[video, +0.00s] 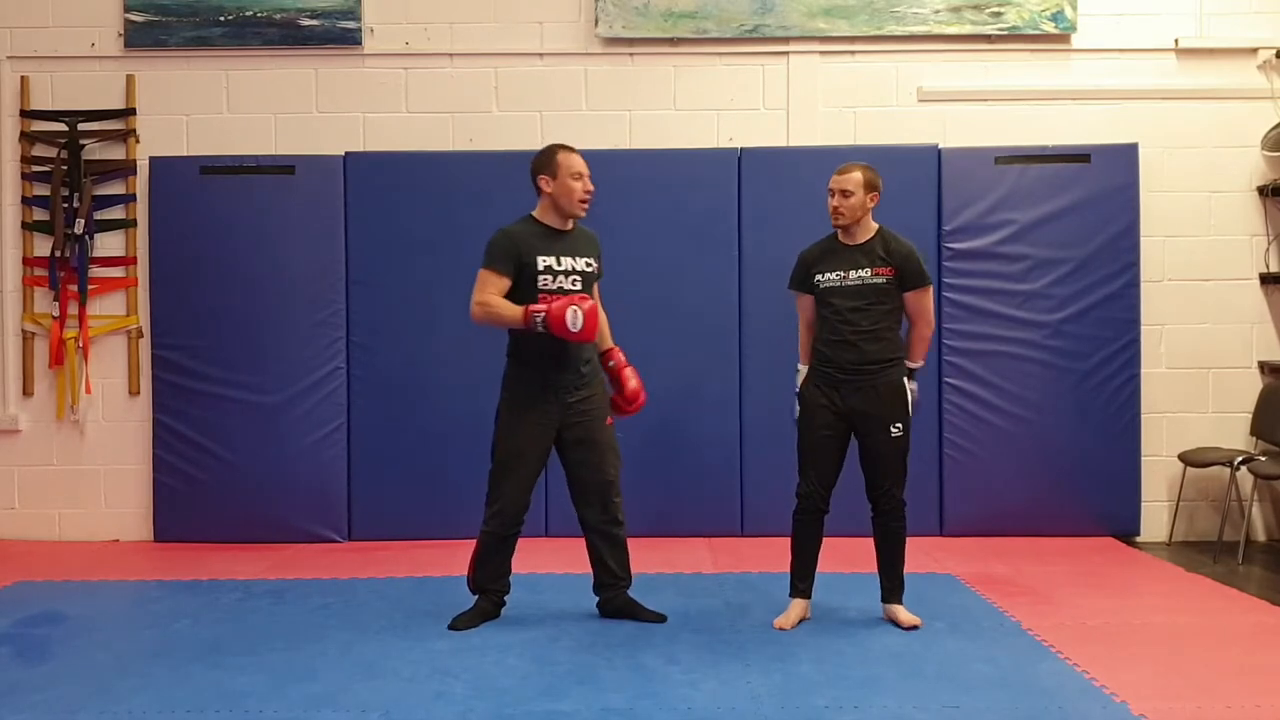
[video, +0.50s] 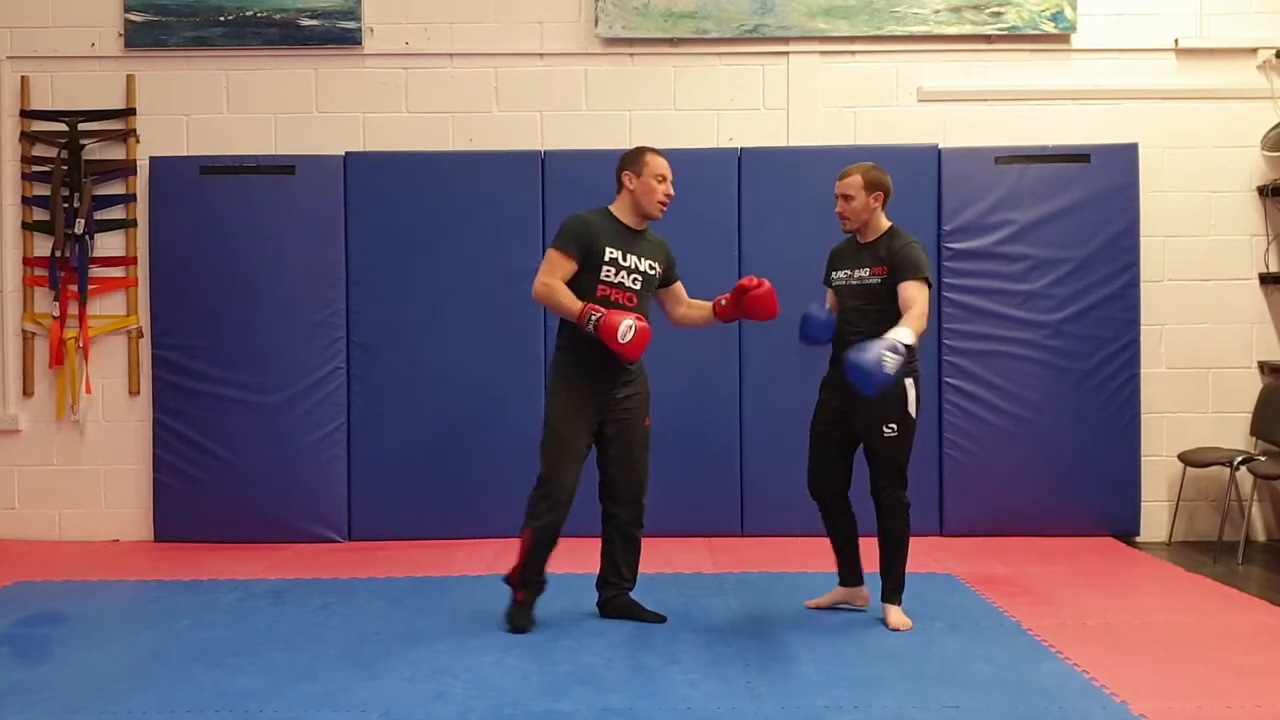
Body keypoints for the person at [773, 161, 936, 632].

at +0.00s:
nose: (835, 202)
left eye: (845, 194)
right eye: (831, 194)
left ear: (871, 199)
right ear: (828, 199)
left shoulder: (900, 255)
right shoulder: (812, 259)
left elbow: (923, 322)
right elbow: (807, 325)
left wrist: (908, 376)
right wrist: (805, 376)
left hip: (884, 390)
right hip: (824, 391)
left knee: (888, 500)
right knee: (810, 496)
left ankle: (892, 600)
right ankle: (799, 597)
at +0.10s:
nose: (834, 204)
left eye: (844, 196)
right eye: (831, 196)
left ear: (872, 200)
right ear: (830, 200)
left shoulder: (902, 256)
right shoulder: (819, 260)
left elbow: (933, 322)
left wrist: (941, 383)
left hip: (885, 393)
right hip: (827, 392)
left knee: (888, 499)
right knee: (812, 495)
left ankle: (891, 600)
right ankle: (800, 597)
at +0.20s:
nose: (835, 206)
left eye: (845, 199)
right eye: (833, 198)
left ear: (873, 202)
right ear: (834, 201)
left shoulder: (904, 257)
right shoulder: (827, 259)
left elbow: (939, 323)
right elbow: (816, 323)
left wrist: (959, 382)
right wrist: (790, 369)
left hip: (889, 390)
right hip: (834, 389)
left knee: (890, 498)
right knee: (818, 494)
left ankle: (892, 602)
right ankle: (798, 592)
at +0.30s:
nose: (837, 208)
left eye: (846, 200)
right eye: (835, 199)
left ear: (875, 202)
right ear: (837, 202)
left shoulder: (905, 255)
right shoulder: (833, 256)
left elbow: (936, 315)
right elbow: (824, 319)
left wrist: (952, 373)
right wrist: (799, 351)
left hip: (891, 389)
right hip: (839, 387)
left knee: (891, 497)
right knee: (822, 492)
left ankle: (892, 602)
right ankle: (806, 591)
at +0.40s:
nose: (838, 207)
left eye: (847, 199)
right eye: (836, 198)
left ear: (876, 200)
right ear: (843, 201)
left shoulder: (905, 252)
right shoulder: (837, 255)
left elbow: (926, 311)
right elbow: (832, 314)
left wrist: (926, 360)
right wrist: (813, 334)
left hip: (891, 389)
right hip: (840, 387)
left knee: (890, 495)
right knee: (823, 488)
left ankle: (892, 602)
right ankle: (828, 588)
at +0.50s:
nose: (838, 207)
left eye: (847, 198)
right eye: (837, 198)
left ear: (876, 200)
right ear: (853, 201)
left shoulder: (904, 250)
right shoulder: (839, 253)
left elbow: (917, 314)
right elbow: (831, 311)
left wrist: (892, 343)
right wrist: (819, 323)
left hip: (888, 383)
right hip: (840, 381)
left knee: (888, 490)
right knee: (825, 484)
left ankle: (892, 602)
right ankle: (851, 586)